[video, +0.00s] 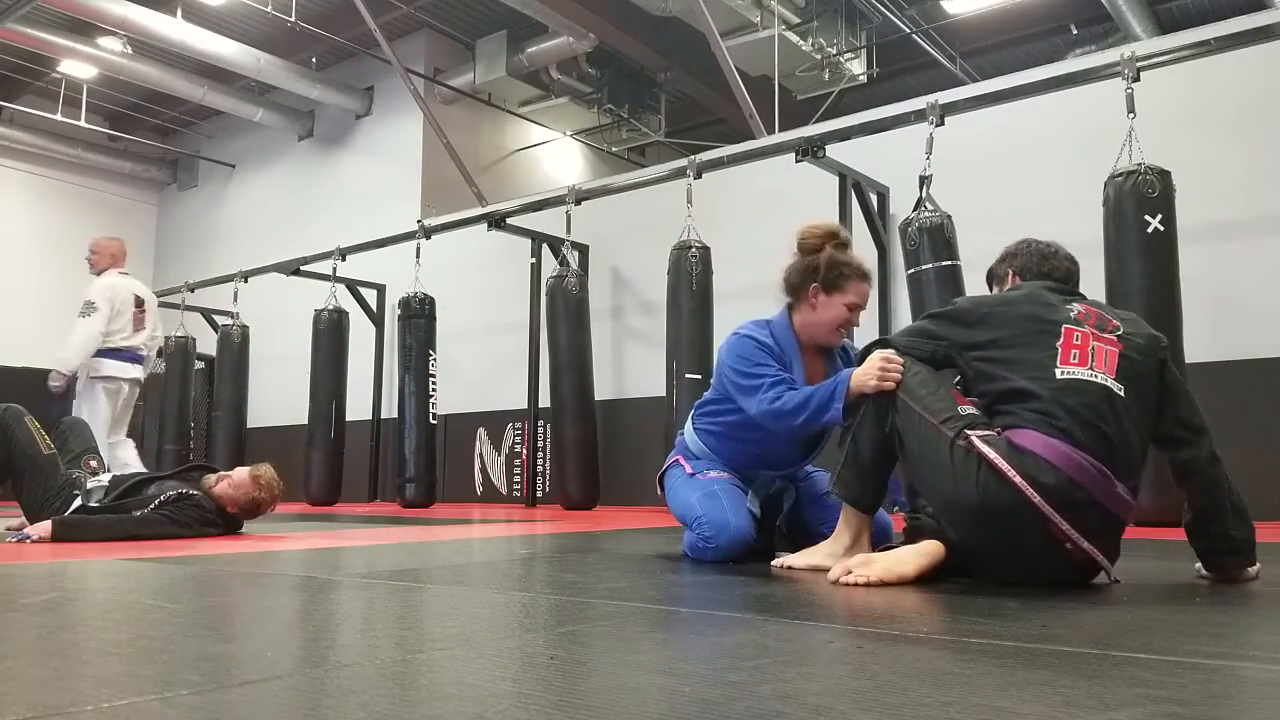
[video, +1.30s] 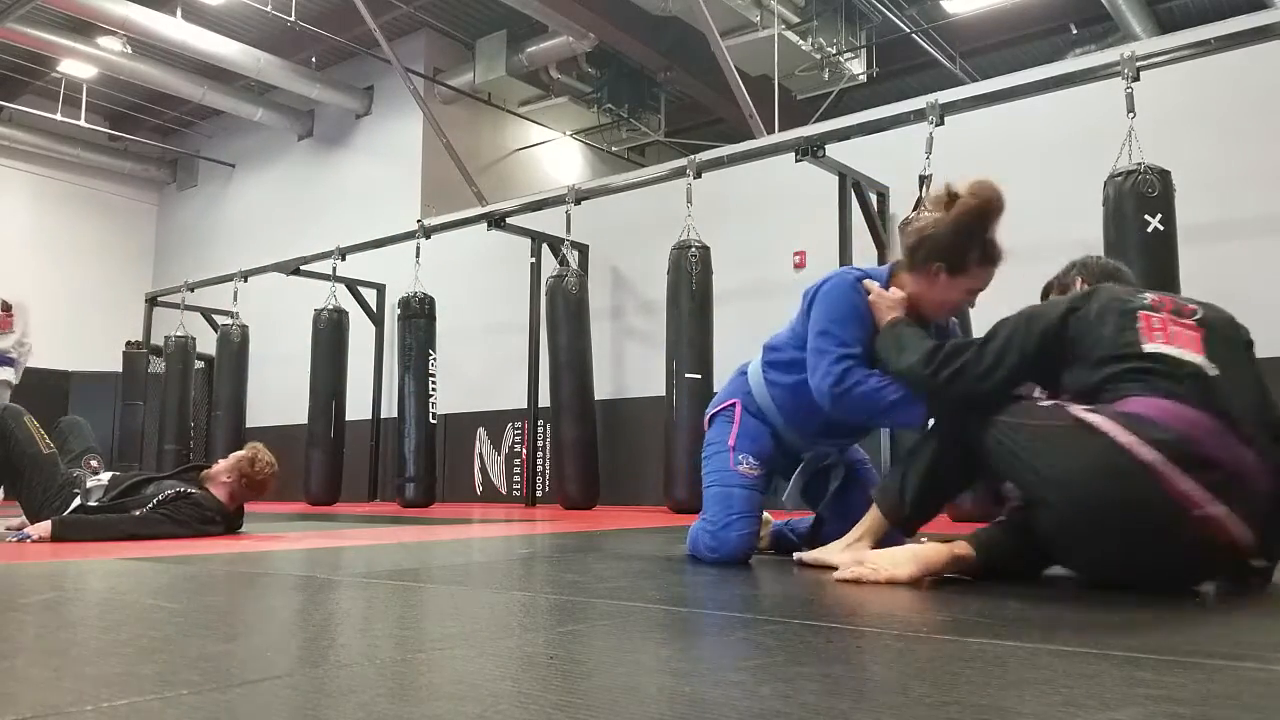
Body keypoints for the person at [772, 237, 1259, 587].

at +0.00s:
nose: (991, 303)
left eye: (993, 294)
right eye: (993, 296)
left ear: (1012, 282)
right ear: (1072, 285)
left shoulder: (999, 304)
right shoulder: (1145, 339)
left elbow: (888, 352)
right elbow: (1198, 458)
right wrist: (1230, 559)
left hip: (994, 501)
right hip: (1071, 560)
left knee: (896, 371)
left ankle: (846, 535)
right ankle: (924, 548)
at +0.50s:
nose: (992, 306)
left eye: (998, 295)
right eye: (993, 296)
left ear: (1029, 280)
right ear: (1080, 292)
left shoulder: (1015, 302)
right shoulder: (1148, 349)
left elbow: (880, 319)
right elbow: (1204, 462)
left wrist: (844, 343)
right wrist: (1230, 560)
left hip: (974, 502)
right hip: (1060, 561)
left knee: (862, 370)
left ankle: (846, 538)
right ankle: (913, 550)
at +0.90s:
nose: (1014, 299)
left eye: (1019, 289)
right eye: (1015, 290)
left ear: (1053, 274)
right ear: (1097, 282)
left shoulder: (1037, 302)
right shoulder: (1168, 345)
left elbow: (920, 358)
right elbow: (1220, 462)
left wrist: (855, 328)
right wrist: (1233, 563)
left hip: (975, 496)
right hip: (1059, 559)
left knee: (884, 386)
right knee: (966, 543)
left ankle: (849, 535)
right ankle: (911, 551)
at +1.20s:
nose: (1041, 305)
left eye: (1044, 294)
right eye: (1041, 295)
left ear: (1072, 277)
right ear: (1124, 280)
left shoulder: (1064, 302)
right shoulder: (1210, 339)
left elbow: (945, 382)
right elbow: (1249, 464)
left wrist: (884, 335)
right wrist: (1236, 567)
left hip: (1010, 476)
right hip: (1104, 553)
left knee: (944, 412)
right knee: (985, 538)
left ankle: (859, 535)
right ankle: (932, 552)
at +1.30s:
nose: (1050, 321)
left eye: (1052, 311)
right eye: (1050, 313)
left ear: (1073, 291)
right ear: (1130, 286)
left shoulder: (1074, 306)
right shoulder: (1227, 325)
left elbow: (954, 377)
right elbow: (1264, 436)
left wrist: (892, 324)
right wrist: (1252, 558)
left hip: (1108, 476)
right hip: (1205, 545)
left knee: (976, 408)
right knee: (1058, 517)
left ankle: (863, 535)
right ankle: (942, 557)